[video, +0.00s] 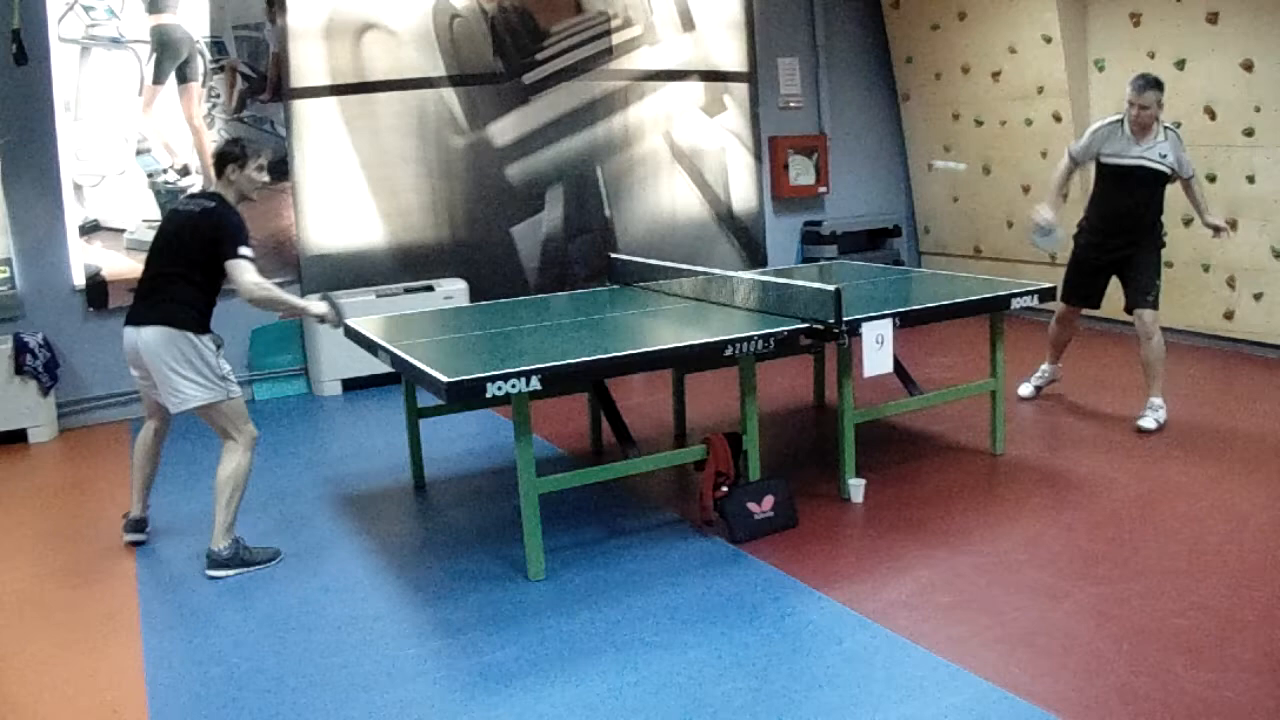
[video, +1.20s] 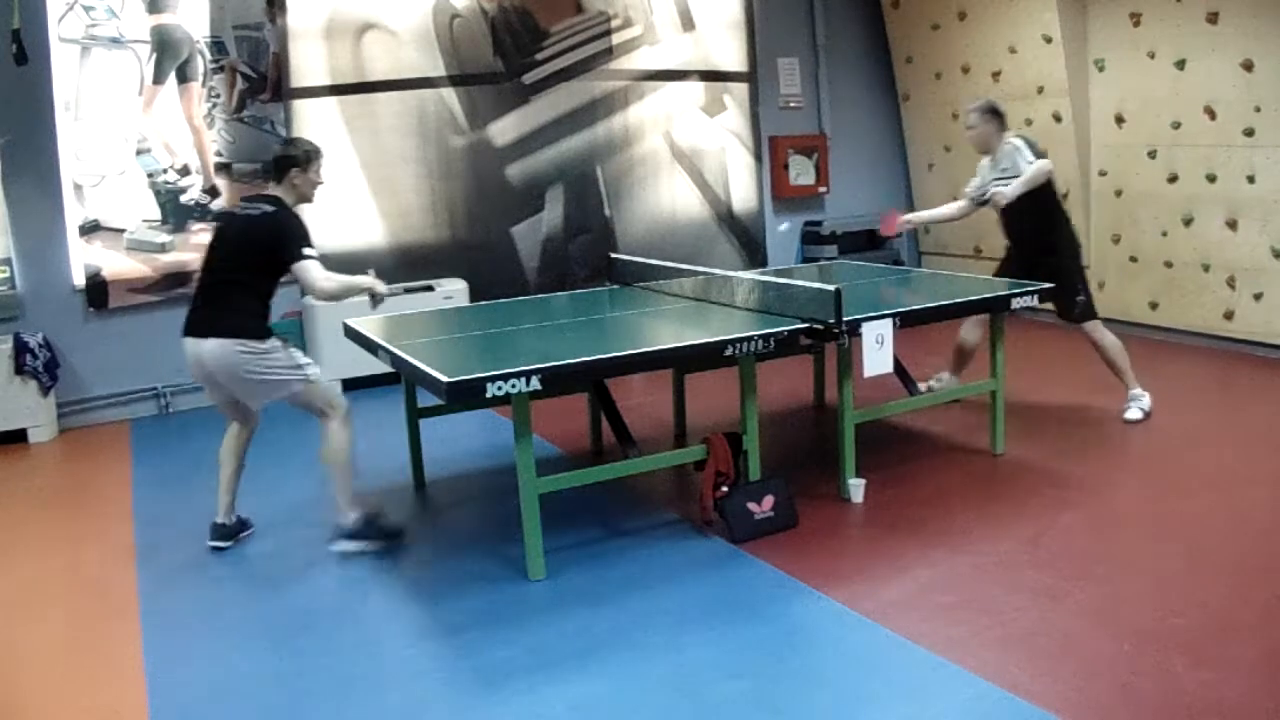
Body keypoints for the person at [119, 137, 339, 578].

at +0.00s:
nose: (265, 179)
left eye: (265, 171)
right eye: (258, 170)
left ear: (222, 171)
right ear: (231, 170)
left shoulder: (183, 207)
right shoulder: (226, 217)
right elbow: (250, 287)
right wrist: (307, 307)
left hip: (136, 333)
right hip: (176, 334)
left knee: (155, 420)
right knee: (241, 436)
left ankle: (136, 516)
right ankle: (223, 547)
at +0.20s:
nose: (260, 202)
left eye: (261, 194)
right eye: (254, 194)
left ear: (221, 197)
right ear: (227, 194)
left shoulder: (177, 231)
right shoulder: (219, 237)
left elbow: (160, 287)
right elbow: (230, 303)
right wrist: (281, 319)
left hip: (136, 349)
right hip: (179, 349)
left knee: (152, 425)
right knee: (270, 411)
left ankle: (132, 521)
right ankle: (247, 514)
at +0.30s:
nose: (272, 213)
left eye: (271, 205)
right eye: (265, 206)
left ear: (231, 206)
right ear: (241, 207)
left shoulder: (192, 239)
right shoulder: (231, 245)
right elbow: (249, 308)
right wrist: (294, 311)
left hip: (147, 355)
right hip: (190, 356)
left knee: (156, 428)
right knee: (289, 402)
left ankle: (134, 520)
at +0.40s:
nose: (298, 227)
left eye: (298, 218)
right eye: (293, 217)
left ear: (260, 214)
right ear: (271, 214)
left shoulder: (217, 244)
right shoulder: (264, 254)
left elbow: (164, 269)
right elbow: (291, 305)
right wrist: (337, 297)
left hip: (169, 358)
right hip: (216, 360)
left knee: (167, 429)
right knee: (308, 406)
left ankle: (135, 519)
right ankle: (370, 487)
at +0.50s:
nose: (334, 227)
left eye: (334, 219)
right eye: (331, 219)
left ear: (298, 215)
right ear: (315, 218)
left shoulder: (253, 246)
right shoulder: (304, 257)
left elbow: (212, 299)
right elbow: (354, 298)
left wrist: (188, 350)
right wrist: (392, 282)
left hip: (205, 360)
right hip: (252, 364)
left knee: (183, 436)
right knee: (341, 402)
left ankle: (138, 519)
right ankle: (391, 486)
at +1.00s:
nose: (365, 185)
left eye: (365, 177)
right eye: (362, 177)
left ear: (329, 177)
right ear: (342, 177)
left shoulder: (279, 211)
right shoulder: (338, 224)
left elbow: (241, 268)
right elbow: (376, 280)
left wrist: (222, 326)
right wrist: (414, 271)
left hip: (244, 336)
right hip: (294, 340)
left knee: (256, 409)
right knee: (362, 399)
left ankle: (221, 496)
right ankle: (398, 488)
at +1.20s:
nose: (319, 182)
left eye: (319, 173)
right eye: (315, 173)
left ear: (280, 175)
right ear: (293, 175)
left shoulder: (235, 213)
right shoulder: (285, 220)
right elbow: (319, 286)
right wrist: (365, 282)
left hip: (196, 342)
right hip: (242, 344)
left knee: (243, 418)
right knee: (335, 409)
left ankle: (223, 521)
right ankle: (349, 518)